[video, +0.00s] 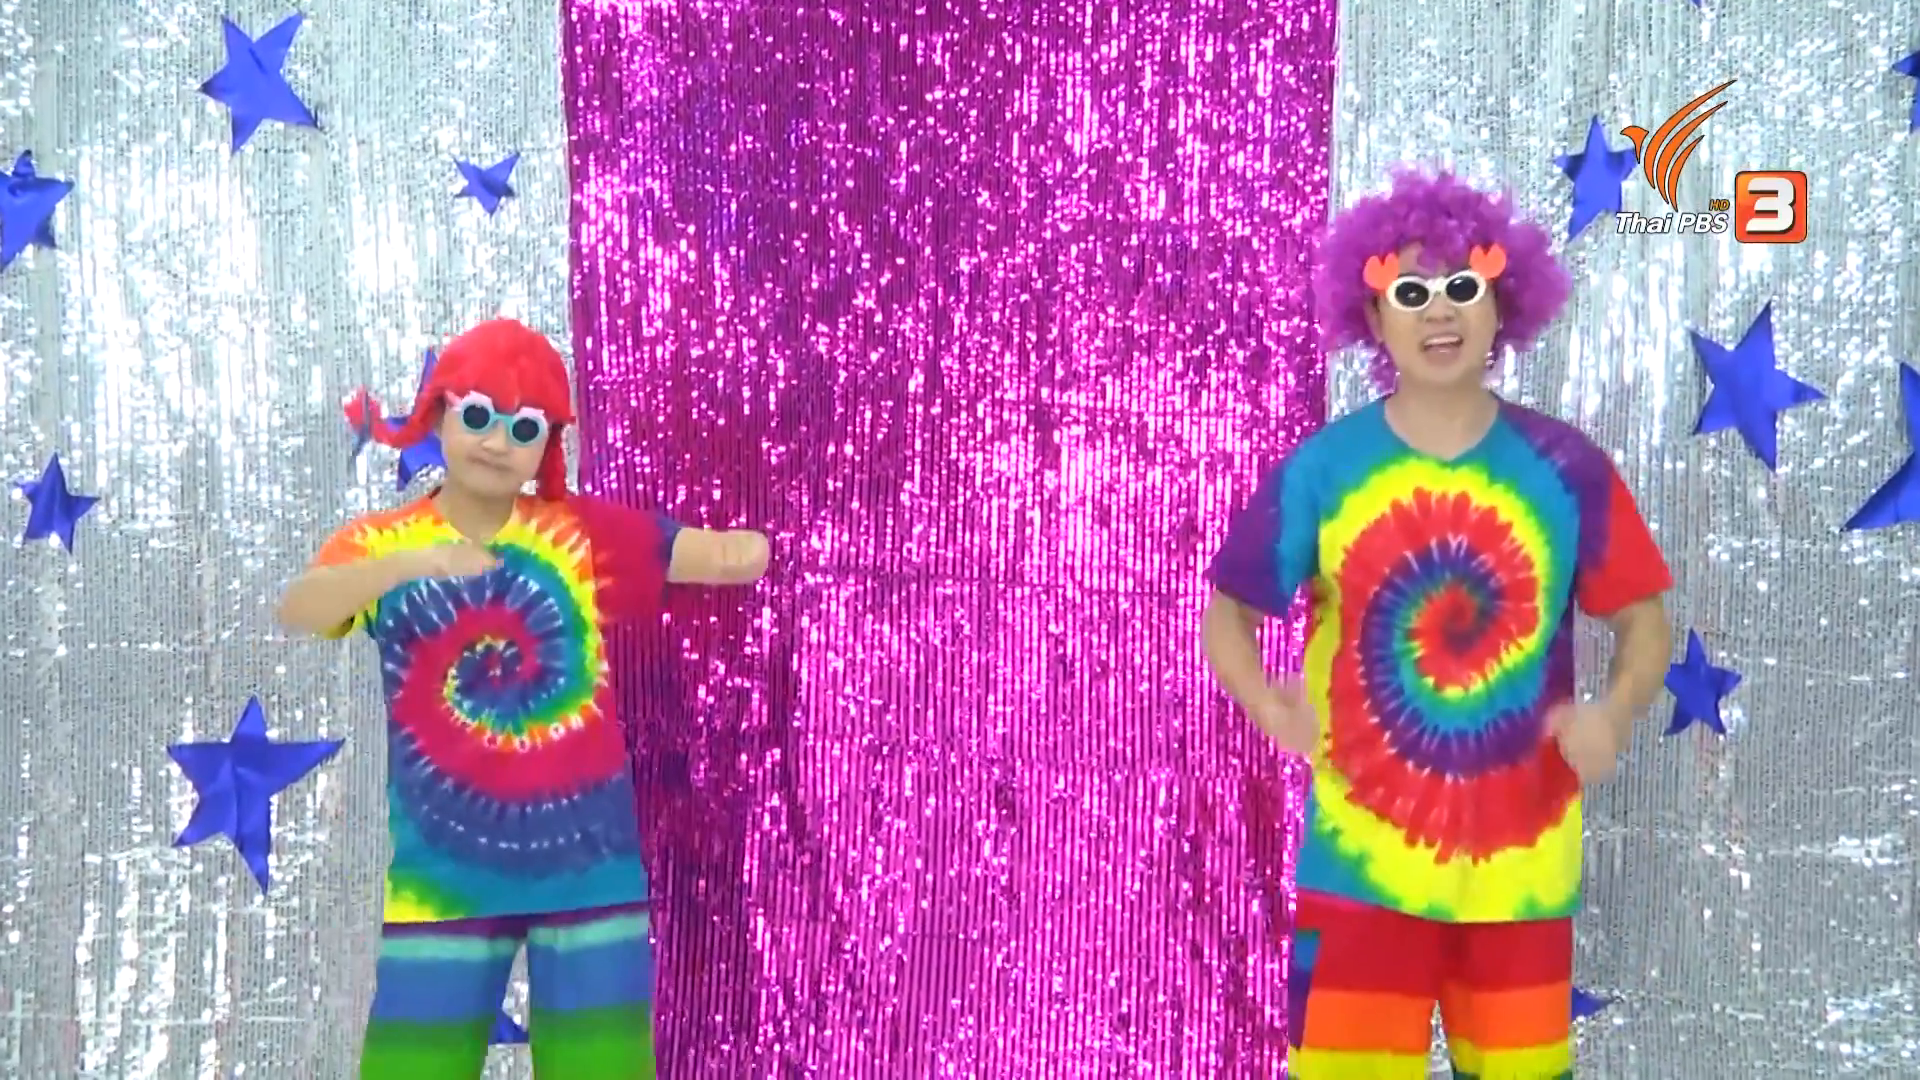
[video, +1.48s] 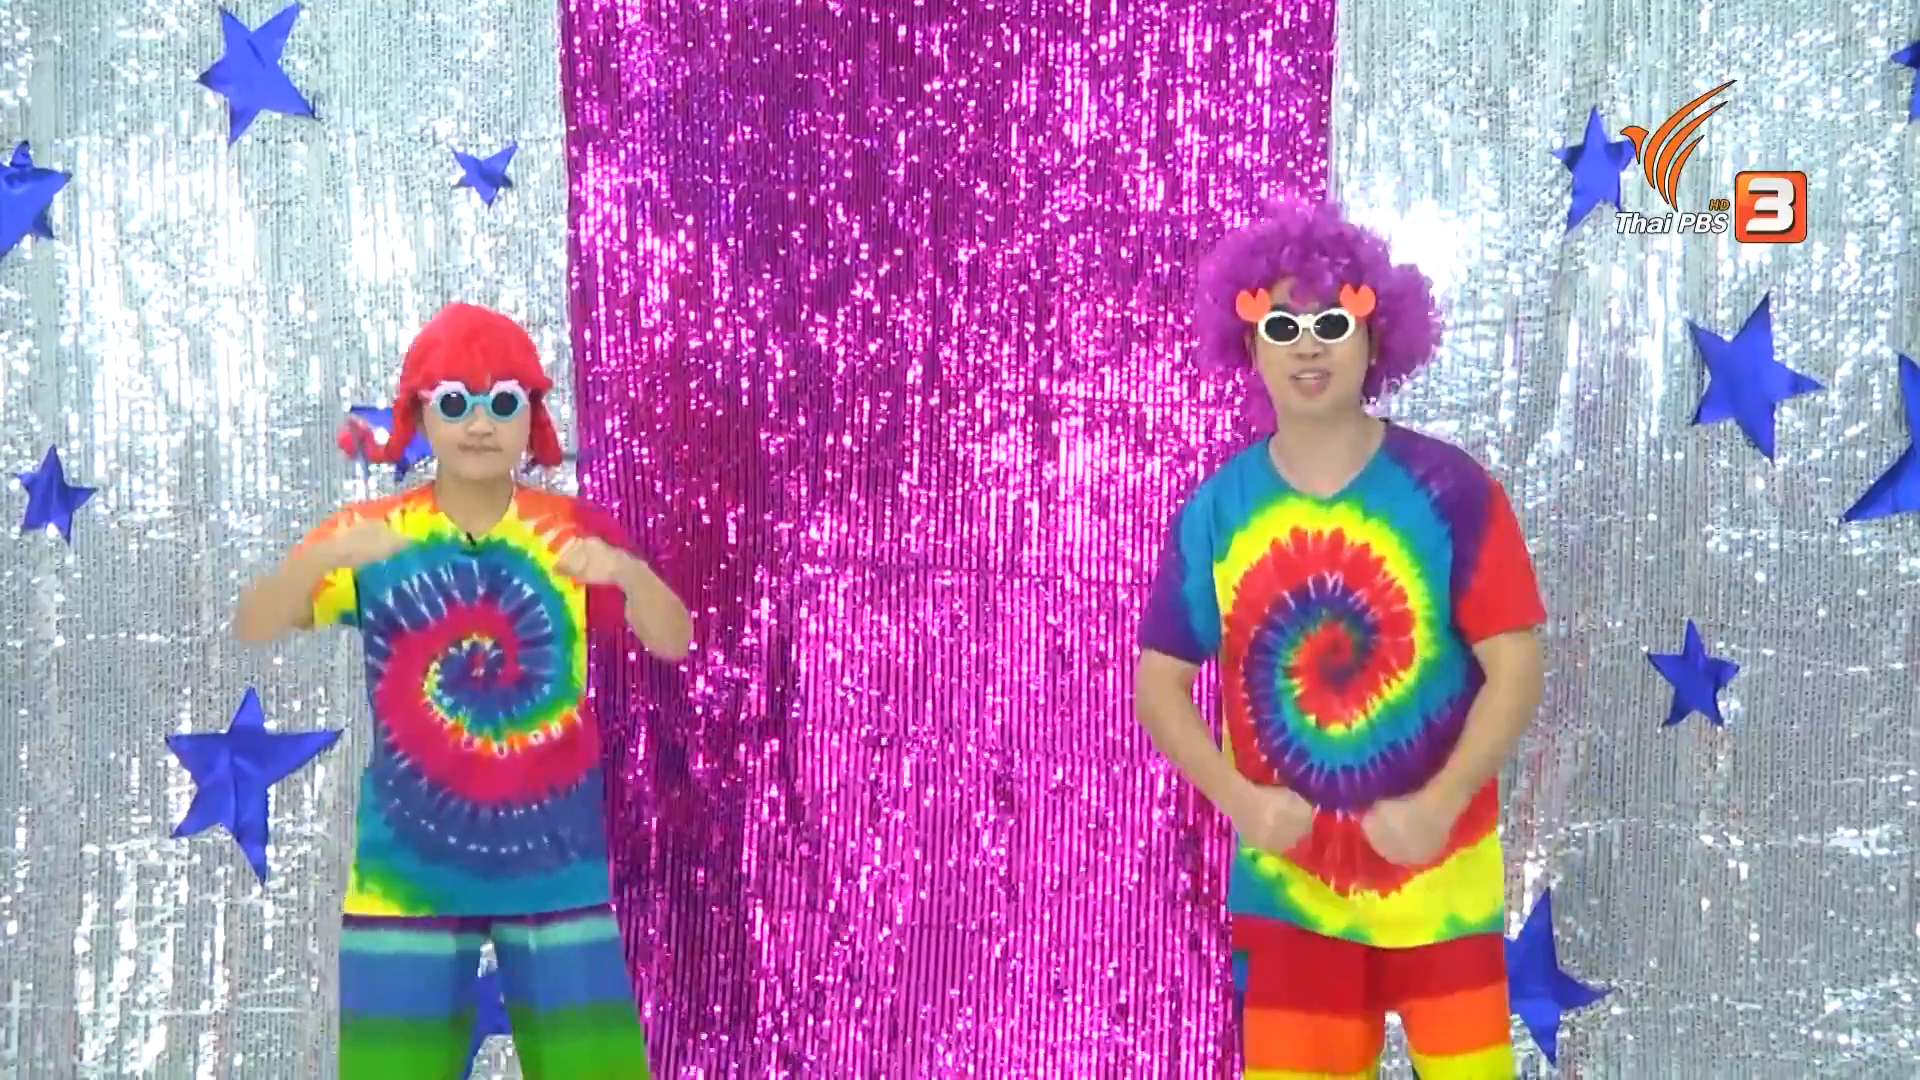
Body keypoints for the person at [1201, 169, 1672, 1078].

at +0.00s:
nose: (1439, 311)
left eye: (1461, 288)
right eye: (1411, 292)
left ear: (1498, 307)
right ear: (1374, 317)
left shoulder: (1568, 465)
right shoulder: (1322, 467)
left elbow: (1648, 616)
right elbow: (1227, 612)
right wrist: (1272, 710)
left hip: (1522, 864)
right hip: (1363, 863)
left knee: (1521, 1066)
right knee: (1347, 1066)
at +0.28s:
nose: (1527, 315)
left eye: (1550, 294)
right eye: (1499, 296)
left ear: (1585, 312)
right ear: (1458, 315)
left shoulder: (1626, 474)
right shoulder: (1383, 457)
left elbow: (1656, 659)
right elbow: (1281, 605)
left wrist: (1663, 843)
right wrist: (1328, 773)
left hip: (1553, 868)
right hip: (1396, 857)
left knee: (1548, 1069)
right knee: (1366, 1066)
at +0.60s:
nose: (1517, 335)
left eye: (1542, 313)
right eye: (1490, 315)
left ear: (1578, 332)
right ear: (1454, 335)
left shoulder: (1622, 500)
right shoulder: (1375, 475)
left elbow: (1652, 687)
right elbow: (1285, 631)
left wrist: (1667, 874)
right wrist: (1305, 800)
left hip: (1549, 892)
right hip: (1390, 880)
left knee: (1553, 1067)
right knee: (1366, 1067)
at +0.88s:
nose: (1411, 316)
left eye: (1437, 295)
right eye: (1386, 296)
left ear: (1478, 318)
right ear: (1353, 319)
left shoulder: (1541, 478)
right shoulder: (1290, 471)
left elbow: (1596, 671)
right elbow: (1229, 638)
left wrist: (1602, 852)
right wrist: (1222, 798)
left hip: (1487, 872)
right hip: (1330, 868)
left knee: (1501, 1065)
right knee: (1321, 1066)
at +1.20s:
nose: (1308, 329)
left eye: (1332, 304)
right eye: (1283, 308)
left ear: (1375, 313)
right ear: (1256, 322)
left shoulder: (1463, 455)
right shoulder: (1222, 471)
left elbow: (1573, 619)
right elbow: (1155, 596)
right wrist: (1136, 642)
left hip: (1438, 846)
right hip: (1289, 853)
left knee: (1457, 1062)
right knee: (1308, 1065)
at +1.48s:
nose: (1308, 348)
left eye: (1332, 326)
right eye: (1282, 328)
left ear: (1370, 341)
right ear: (1252, 346)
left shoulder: (1453, 489)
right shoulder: (1216, 511)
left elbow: (1516, 666)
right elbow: (1158, 686)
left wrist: (1439, 805)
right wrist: (1240, 800)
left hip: (1442, 890)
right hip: (1292, 896)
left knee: (1470, 1067)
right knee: (1293, 1069)